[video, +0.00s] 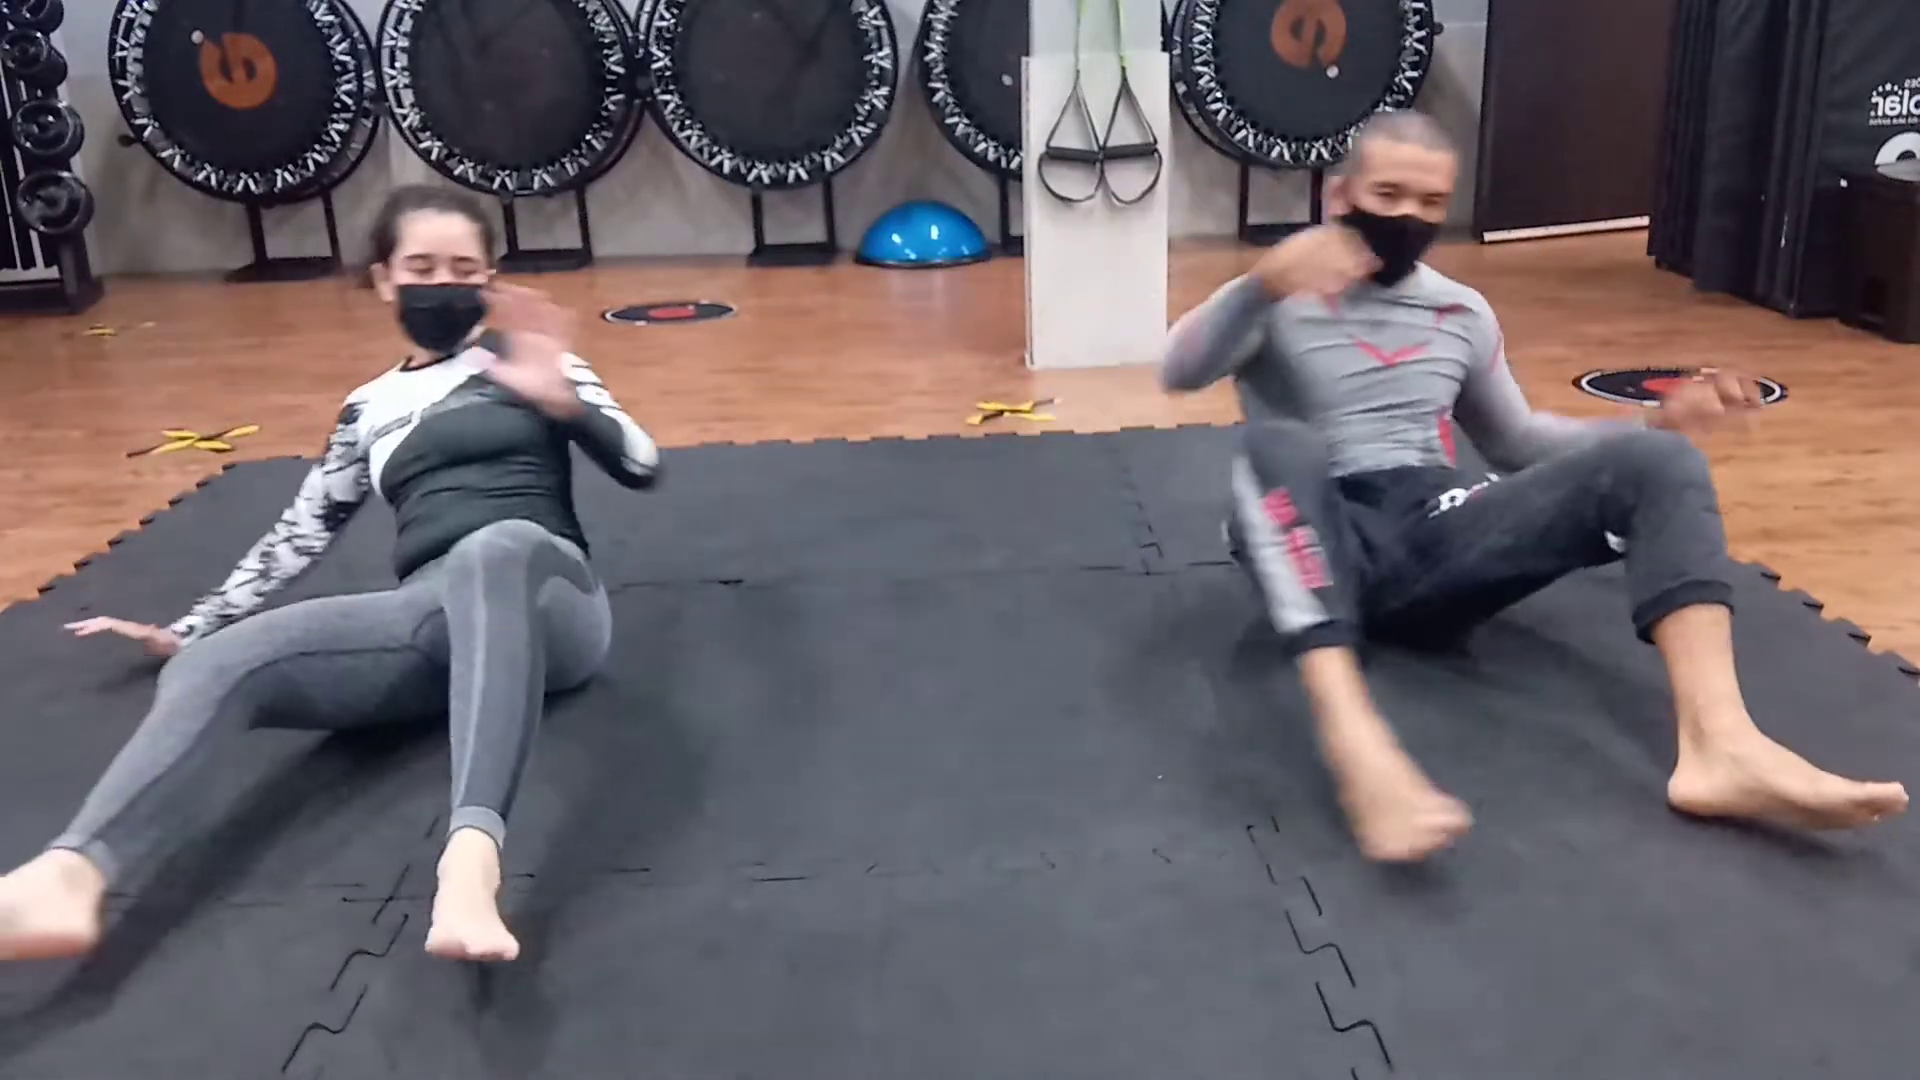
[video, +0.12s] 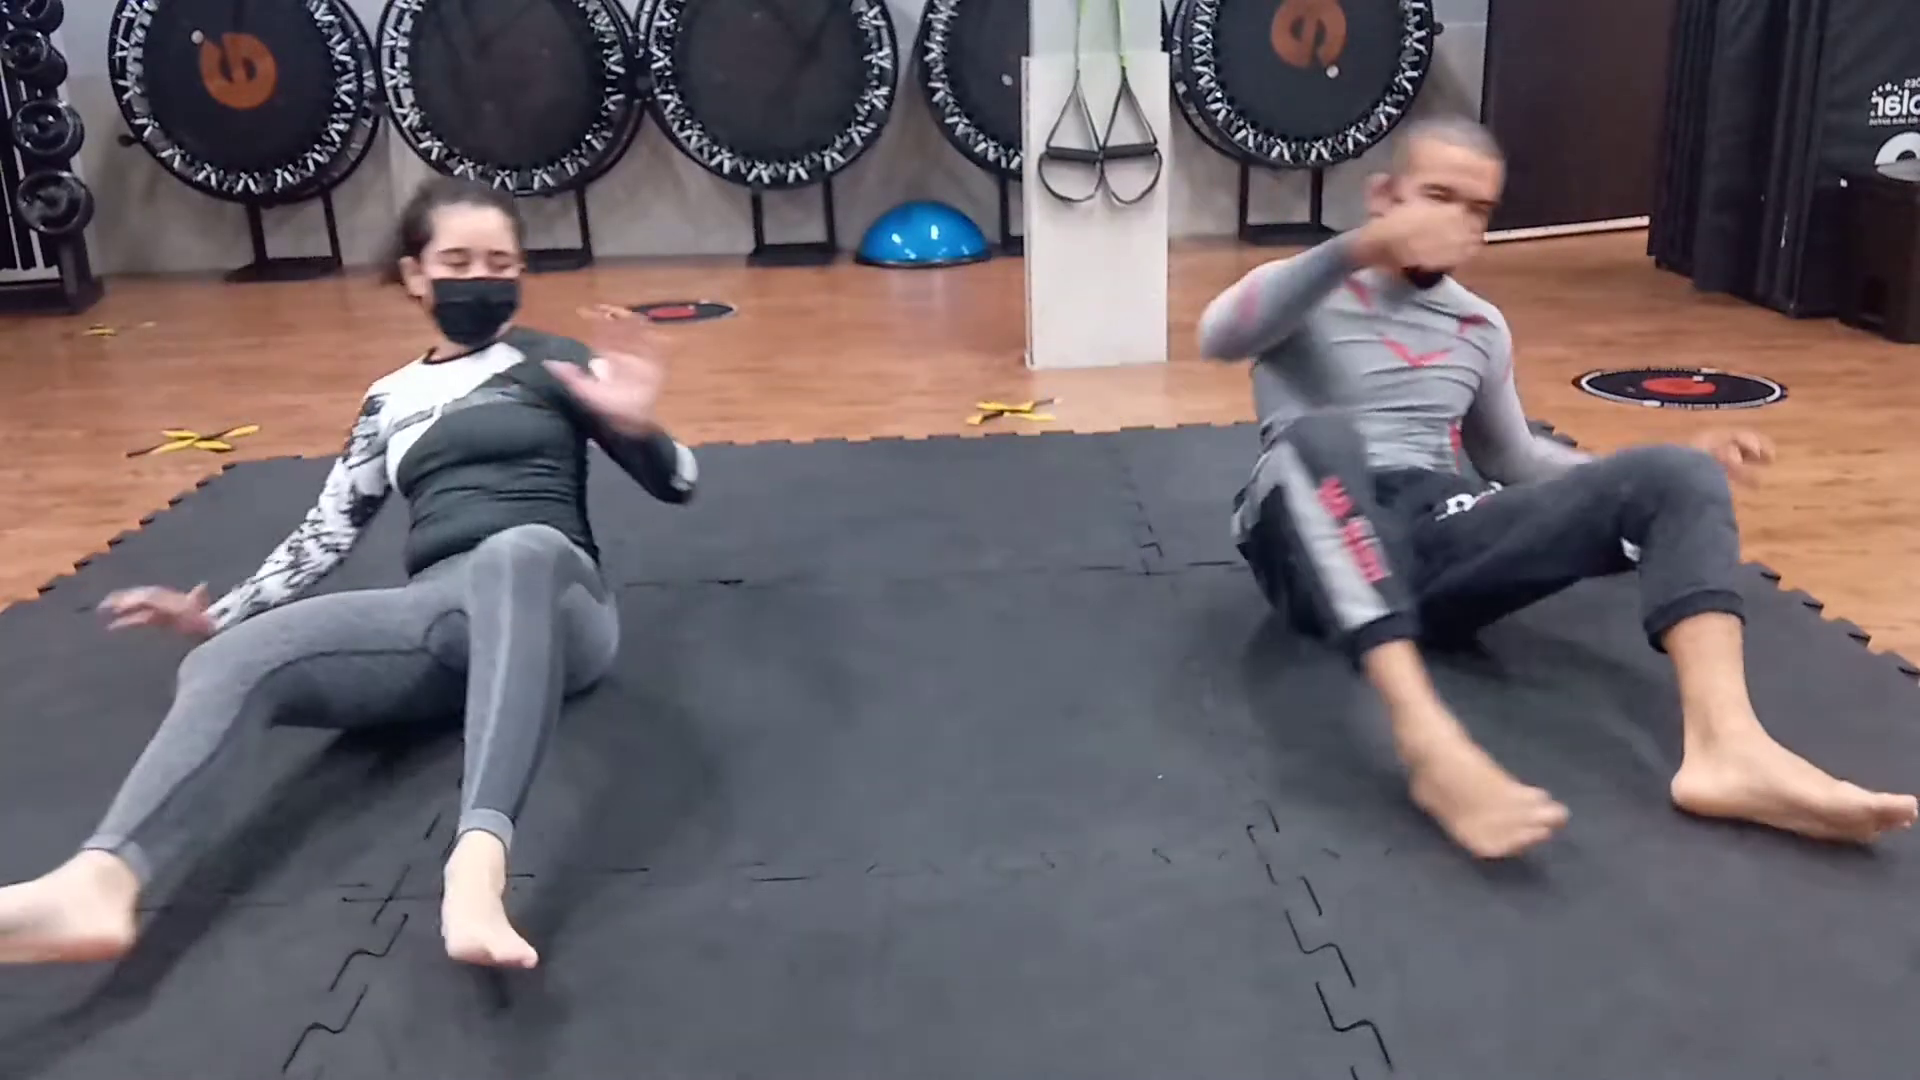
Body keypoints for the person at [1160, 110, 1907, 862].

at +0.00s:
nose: (1408, 217)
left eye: (1429, 202)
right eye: (1388, 195)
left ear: (1448, 208)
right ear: (1338, 193)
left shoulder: (1462, 314)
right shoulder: (1279, 293)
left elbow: (1519, 440)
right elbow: (1177, 371)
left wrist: (1658, 418)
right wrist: (1263, 280)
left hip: (1444, 541)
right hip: (1332, 540)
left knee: (1655, 459)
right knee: (1273, 443)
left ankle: (1719, 739)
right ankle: (1358, 745)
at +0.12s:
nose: (1462, 225)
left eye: (1481, 211)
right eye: (1444, 197)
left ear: (1489, 222)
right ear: (1388, 195)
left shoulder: (1479, 326)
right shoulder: (1306, 287)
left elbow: (1519, 458)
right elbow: (1218, 340)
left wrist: (1674, 474)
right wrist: (1356, 248)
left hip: (1449, 543)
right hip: (1334, 544)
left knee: (1680, 476)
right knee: (1308, 441)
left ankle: (1725, 740)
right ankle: (1431, 744)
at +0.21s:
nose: (1484, 222)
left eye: (1505, 208)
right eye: (1470, 197)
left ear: (1521, 226)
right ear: (1414, 200)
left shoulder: (1490, 337)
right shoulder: (1327, 285)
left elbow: (1515, 471)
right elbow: (1251, 316)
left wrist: (1683, 501)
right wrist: (1414, 235)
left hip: (1455, 545)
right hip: (1333, 554)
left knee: (1689, 486)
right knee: (1319, 438)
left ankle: (1728, 741)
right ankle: (1465, 737)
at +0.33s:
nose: (1528, 234)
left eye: (1546, 221)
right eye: (1510, 208)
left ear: (1556, 237)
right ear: (1454, 201)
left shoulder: (1506, 355)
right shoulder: (1351, 282)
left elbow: (1512, 488)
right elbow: (1306, 293)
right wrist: (1494, 217)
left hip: (1459, 561)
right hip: (1335, 558)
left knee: (1706, 497)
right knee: (1366, 418)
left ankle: (1733, 741)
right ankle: (1510, 726)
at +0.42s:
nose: (1550, 246)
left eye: (1567, 237)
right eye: (1533, 219)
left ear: (1570, 259)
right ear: (1480, 209)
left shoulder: (1518, 368)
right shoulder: (1376, 279)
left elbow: (1510, 508)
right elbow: (1345, 274)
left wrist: (1543, 590)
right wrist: (1551, 217)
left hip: (1454, 575)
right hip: (1338, 554)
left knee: (1718, 507)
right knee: (1414, 398)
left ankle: (1736, 740)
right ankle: (1535, 715)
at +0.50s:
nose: (1582, 257)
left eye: (1601, 248)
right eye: (1567, 233)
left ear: (1603, 272)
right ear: (1506, 223)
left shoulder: (1532, 371)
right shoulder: (1391, 287)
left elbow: (1525, 505)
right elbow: (1418, 256)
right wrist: (1606, 220)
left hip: (1457, 574)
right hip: (1344, 548)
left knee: (1732, 518)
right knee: (1428, 397)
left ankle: (1741, 737)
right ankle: (1554, 705)